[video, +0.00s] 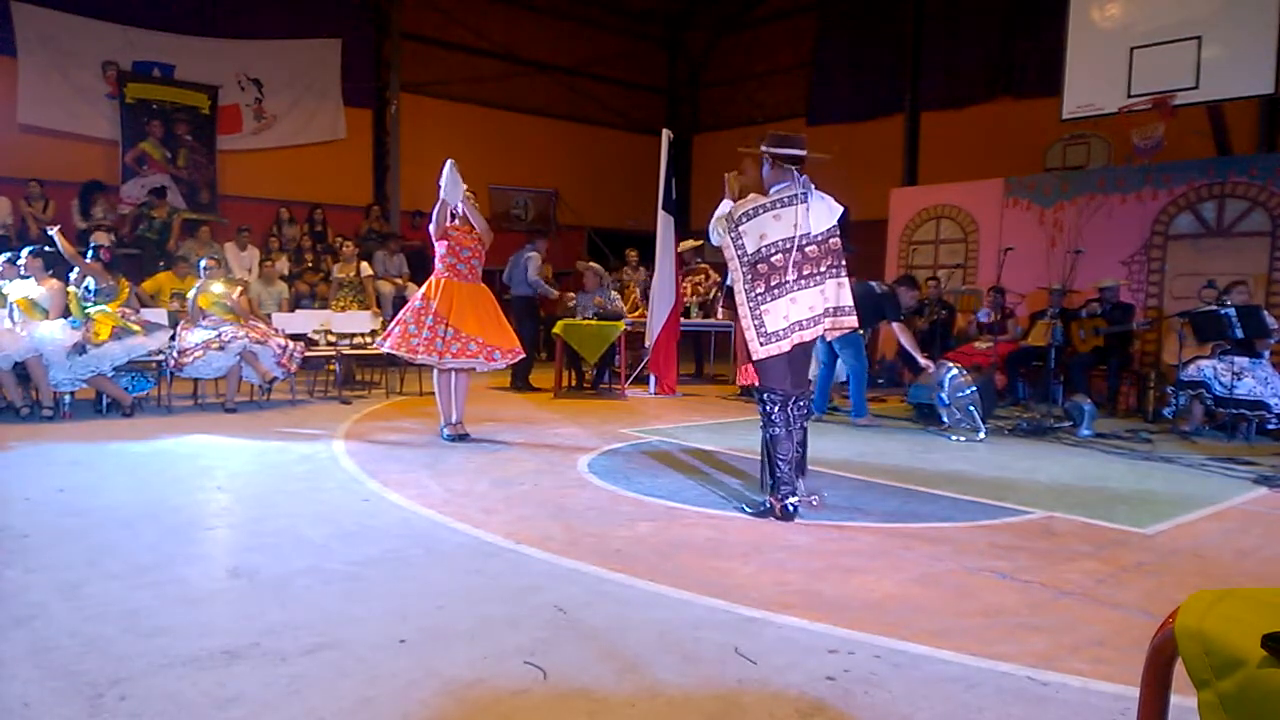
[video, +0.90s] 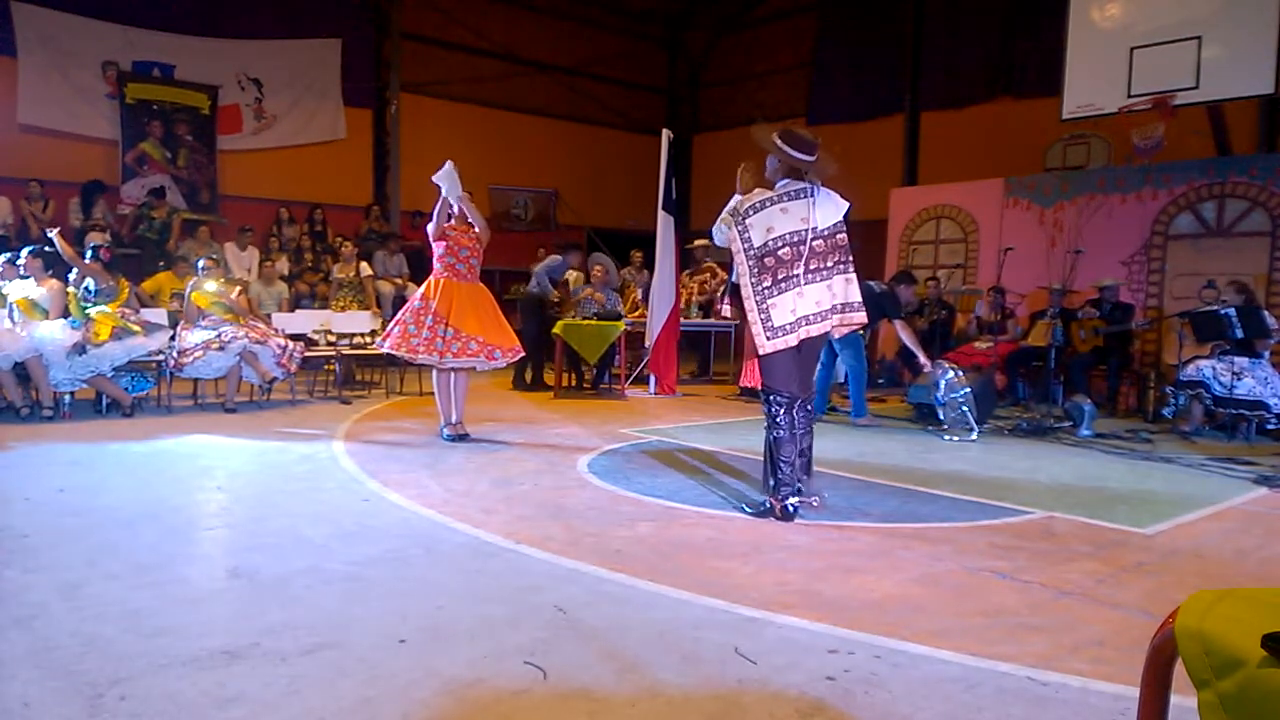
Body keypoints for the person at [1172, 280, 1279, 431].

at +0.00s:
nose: (1244, 297)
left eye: (1246, 293)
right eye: (1239, 293)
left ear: (1250, 296)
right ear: (1227, 297)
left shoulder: (1258, 314)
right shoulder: (1218, 315)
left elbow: (1265, 345)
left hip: (1253, 364)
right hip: (1222, 362)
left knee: (1248, 381)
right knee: (1198, 368)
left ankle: (1243, 425)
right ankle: (1196, 419)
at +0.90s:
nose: (1222, 302)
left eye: (1226, 298)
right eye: (1221, 298)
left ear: (1242, 298)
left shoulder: (1259, 316)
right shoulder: (1218, 317)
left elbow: (1263, 346)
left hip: (1253, 365)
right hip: (1223, 363)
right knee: (1196, 368)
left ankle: (1243, 424)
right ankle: (1196, 419)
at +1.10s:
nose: (1221, 304)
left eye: (1225, 300)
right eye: (1220, 300)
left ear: (1241, 298)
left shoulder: (1258, 315)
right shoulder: (1219, 317)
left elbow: (1263, 346)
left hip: (1253, 365)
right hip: (1223, 363)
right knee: (1196, 368)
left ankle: (1243, 424)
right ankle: (1196, 420)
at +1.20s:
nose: (1220, 303)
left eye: (1224, 299)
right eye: (1219, 299)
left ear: (1240, 298)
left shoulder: (1258, 315)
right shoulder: (1218, 317)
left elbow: (1262, 346)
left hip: (1254, 366)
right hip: (1224, 364)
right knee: (1197, 368)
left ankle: (1242, 425)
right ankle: (1195, 421)